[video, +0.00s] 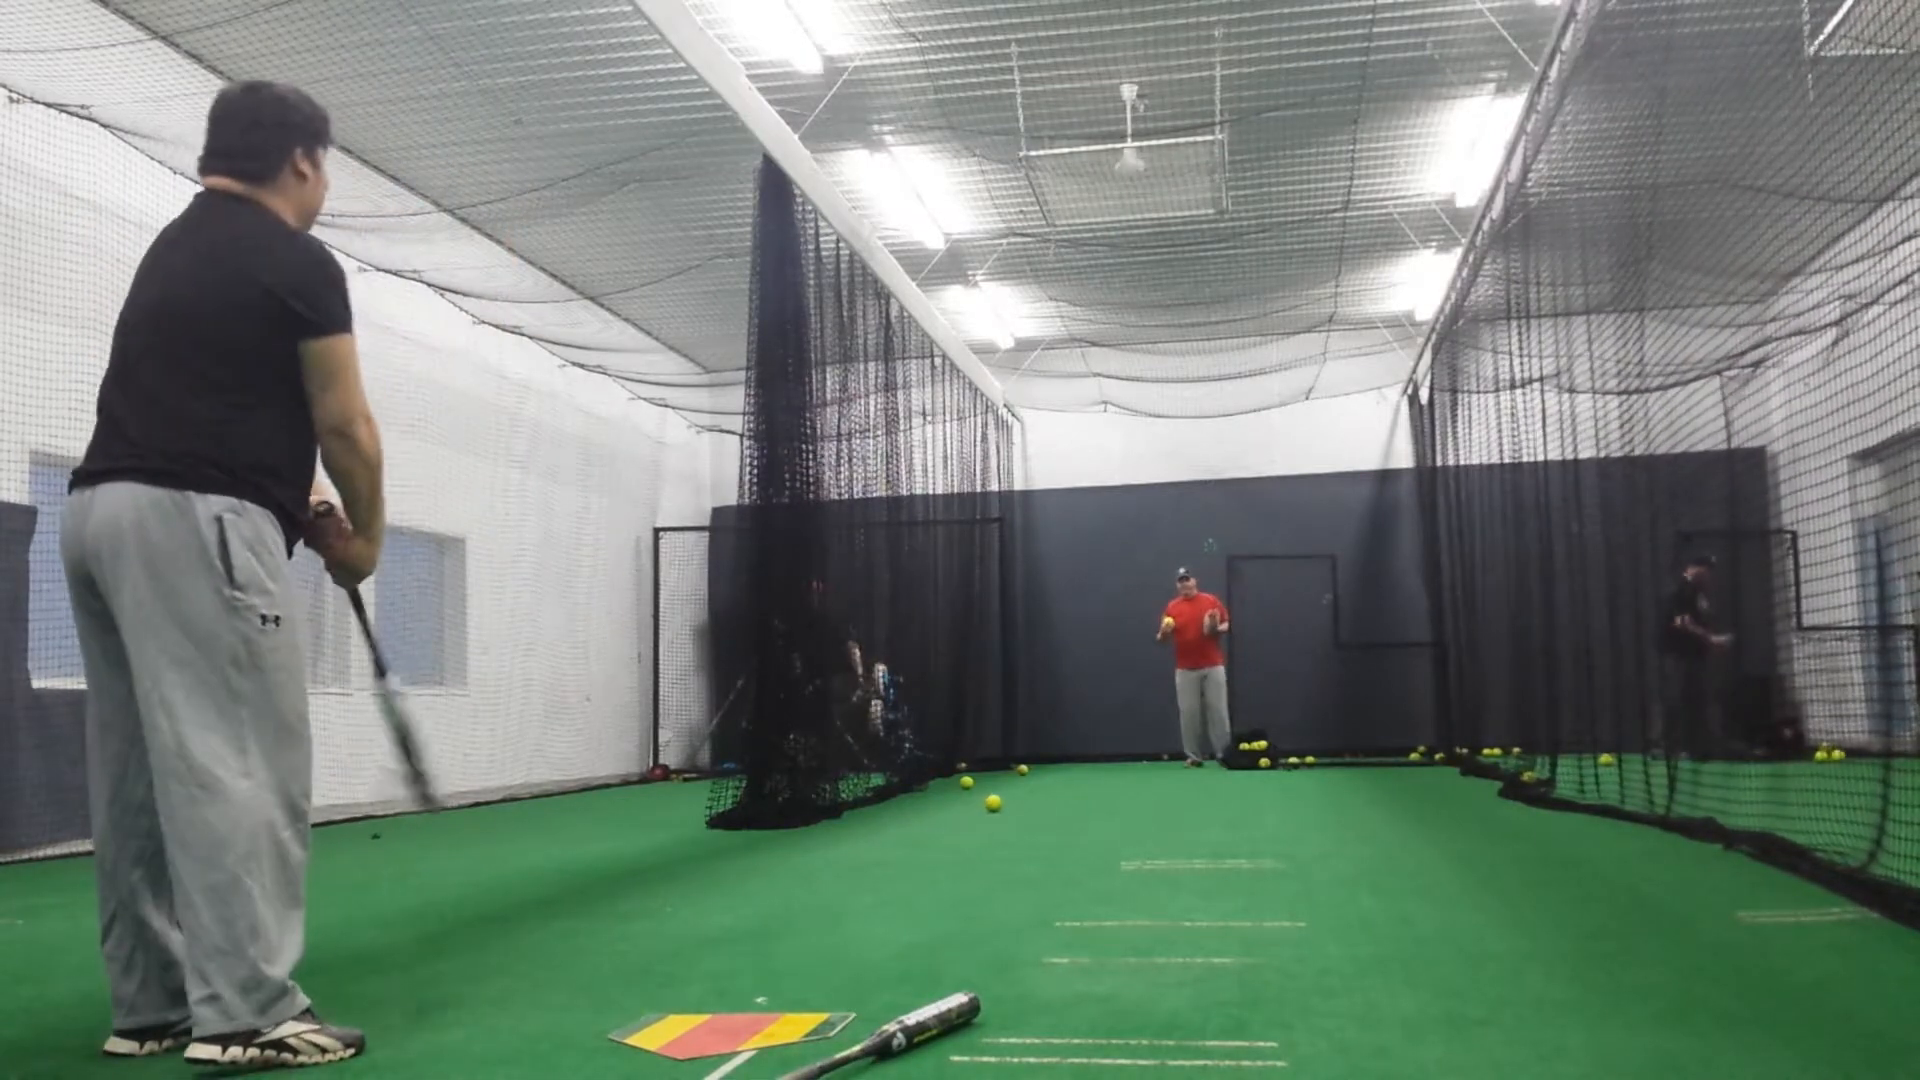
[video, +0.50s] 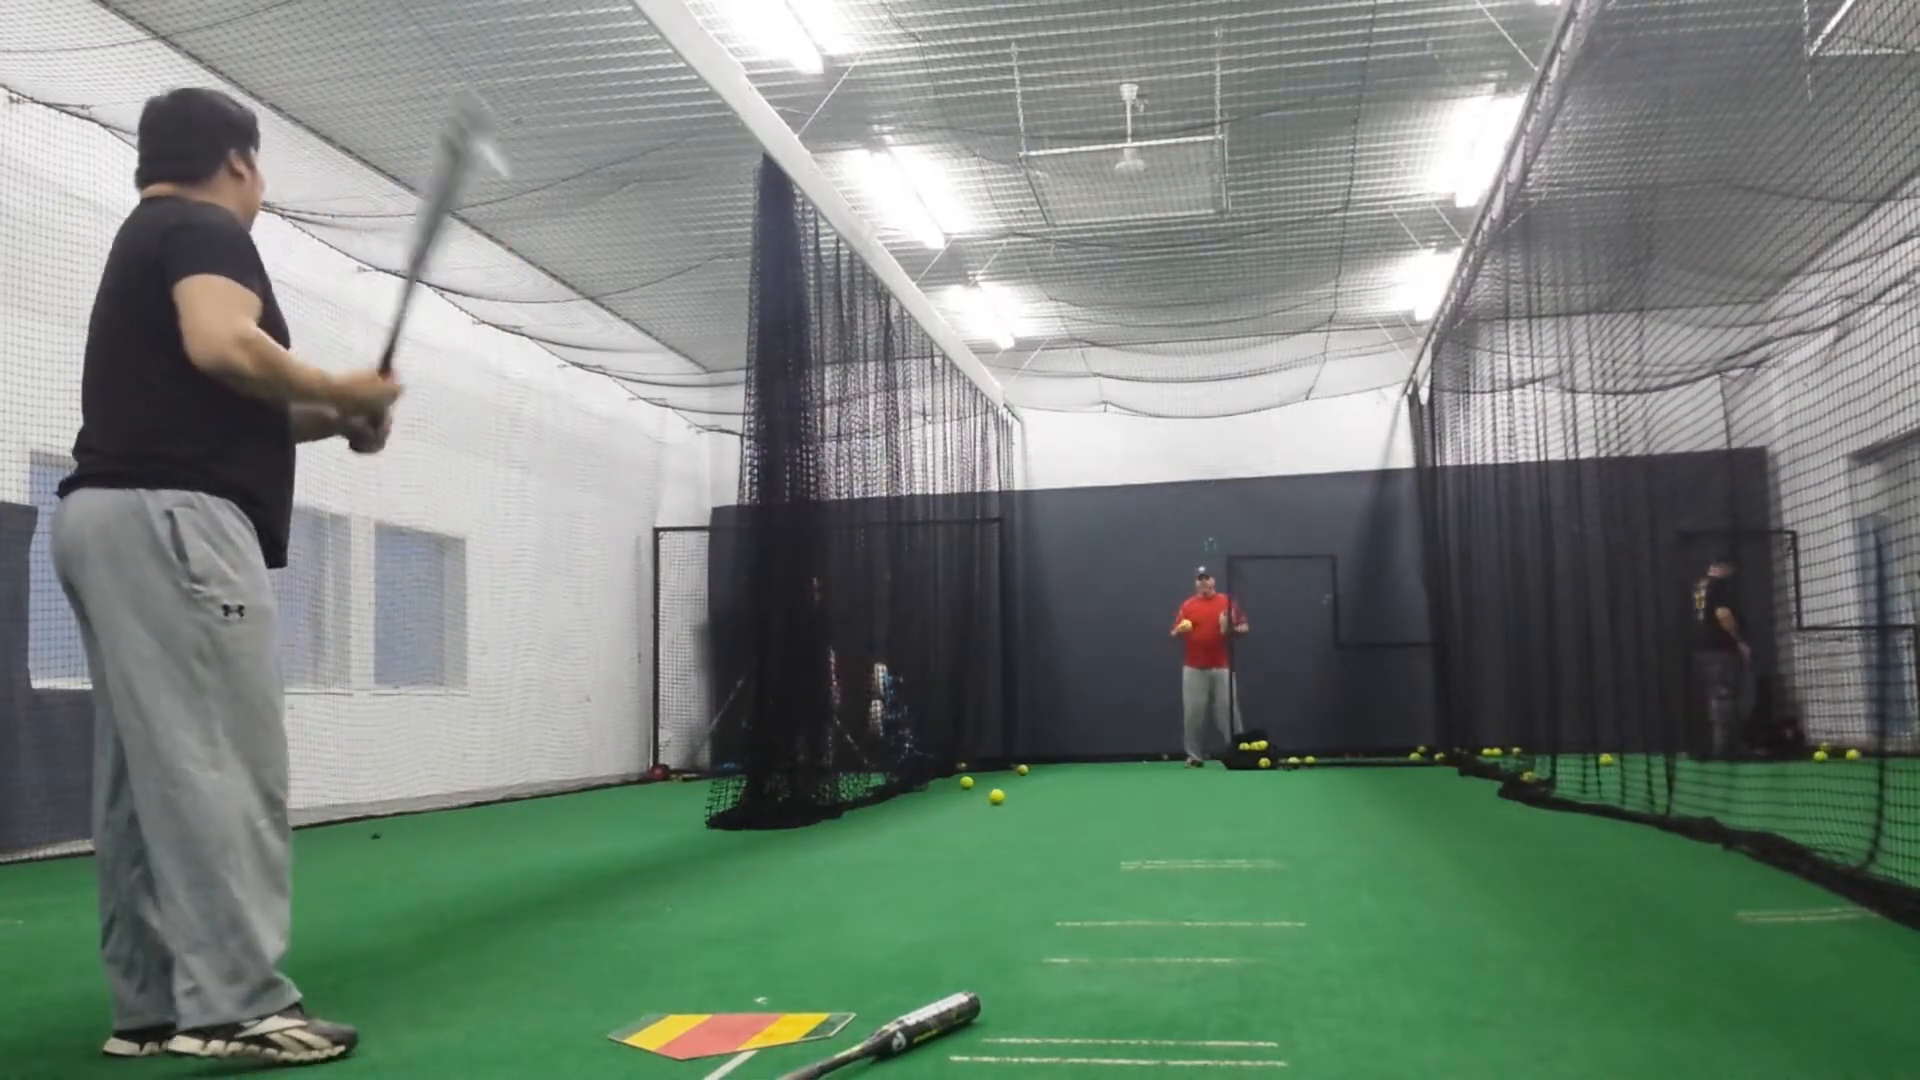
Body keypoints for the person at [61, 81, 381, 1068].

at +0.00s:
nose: (327, 188)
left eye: (325, 170)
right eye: (325, 169)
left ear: (219, 163)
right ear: (298, 163)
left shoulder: (176, 243)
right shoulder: (297, 259)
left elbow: (203, 406)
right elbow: (348, 430)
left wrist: (302, 504)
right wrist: (364, 537)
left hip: (101, 513)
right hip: (196, 516)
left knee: (133, 768)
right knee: (237, 765)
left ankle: (150, 1007)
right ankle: (247, 1011)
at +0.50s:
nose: (262, 185)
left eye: (258, 168)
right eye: (258, 167)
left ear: (162, 165)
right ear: (233, 160)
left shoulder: (146, 237)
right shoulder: (204, 226)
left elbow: (217, 418)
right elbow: (217, 343)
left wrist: (333, 418)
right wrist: (341, 387)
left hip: (106, 516)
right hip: (167, 518)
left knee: (142, 769)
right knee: (220, 758)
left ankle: (153, 1009)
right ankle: (237, 1004)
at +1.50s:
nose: (259, 127)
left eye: (254, 110)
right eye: (255, 109)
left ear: (148, 114)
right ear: (231, 107)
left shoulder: (89, 217)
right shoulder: (237, 201)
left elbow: (83, 370)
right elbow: (274, 332)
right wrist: (339, 382)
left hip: (85, 510)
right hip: (185, 515)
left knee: (144, 768)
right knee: (190, 776)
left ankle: (175, 994)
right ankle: (157, 1031)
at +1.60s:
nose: (260, 123)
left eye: (256, 106)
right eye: (257, 106)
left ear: (147, 108)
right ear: (234, 104)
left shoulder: (81, 212)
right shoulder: (247, 203)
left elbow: (52, 370)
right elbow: (290, 337)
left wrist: (106, 444)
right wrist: (344, 385)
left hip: (73, 510)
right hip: (182, 516)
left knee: (132, 769)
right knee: (186, 773)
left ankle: (167, 992)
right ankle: (156, 1033)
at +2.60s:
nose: (163, 120)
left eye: (158, 103)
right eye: (159, 103)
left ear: (38, 109)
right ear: (137, 101)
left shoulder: (2, 194)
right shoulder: (182, 204)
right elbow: (260, 349)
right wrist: (198, 397)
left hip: (5, 510)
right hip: (113, 511)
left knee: (6, 787)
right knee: (145, 779)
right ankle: (159, 1035)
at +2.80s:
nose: (118, 130)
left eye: (113, 113)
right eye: (113, 112)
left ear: (11, 109)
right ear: (87, 104)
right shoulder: (127, 205)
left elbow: (207, 350)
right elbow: (213, 349)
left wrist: (135, 387)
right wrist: (144, 396)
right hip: (64, 509)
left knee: (12, 790)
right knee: (114, 777)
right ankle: (156, 1032)